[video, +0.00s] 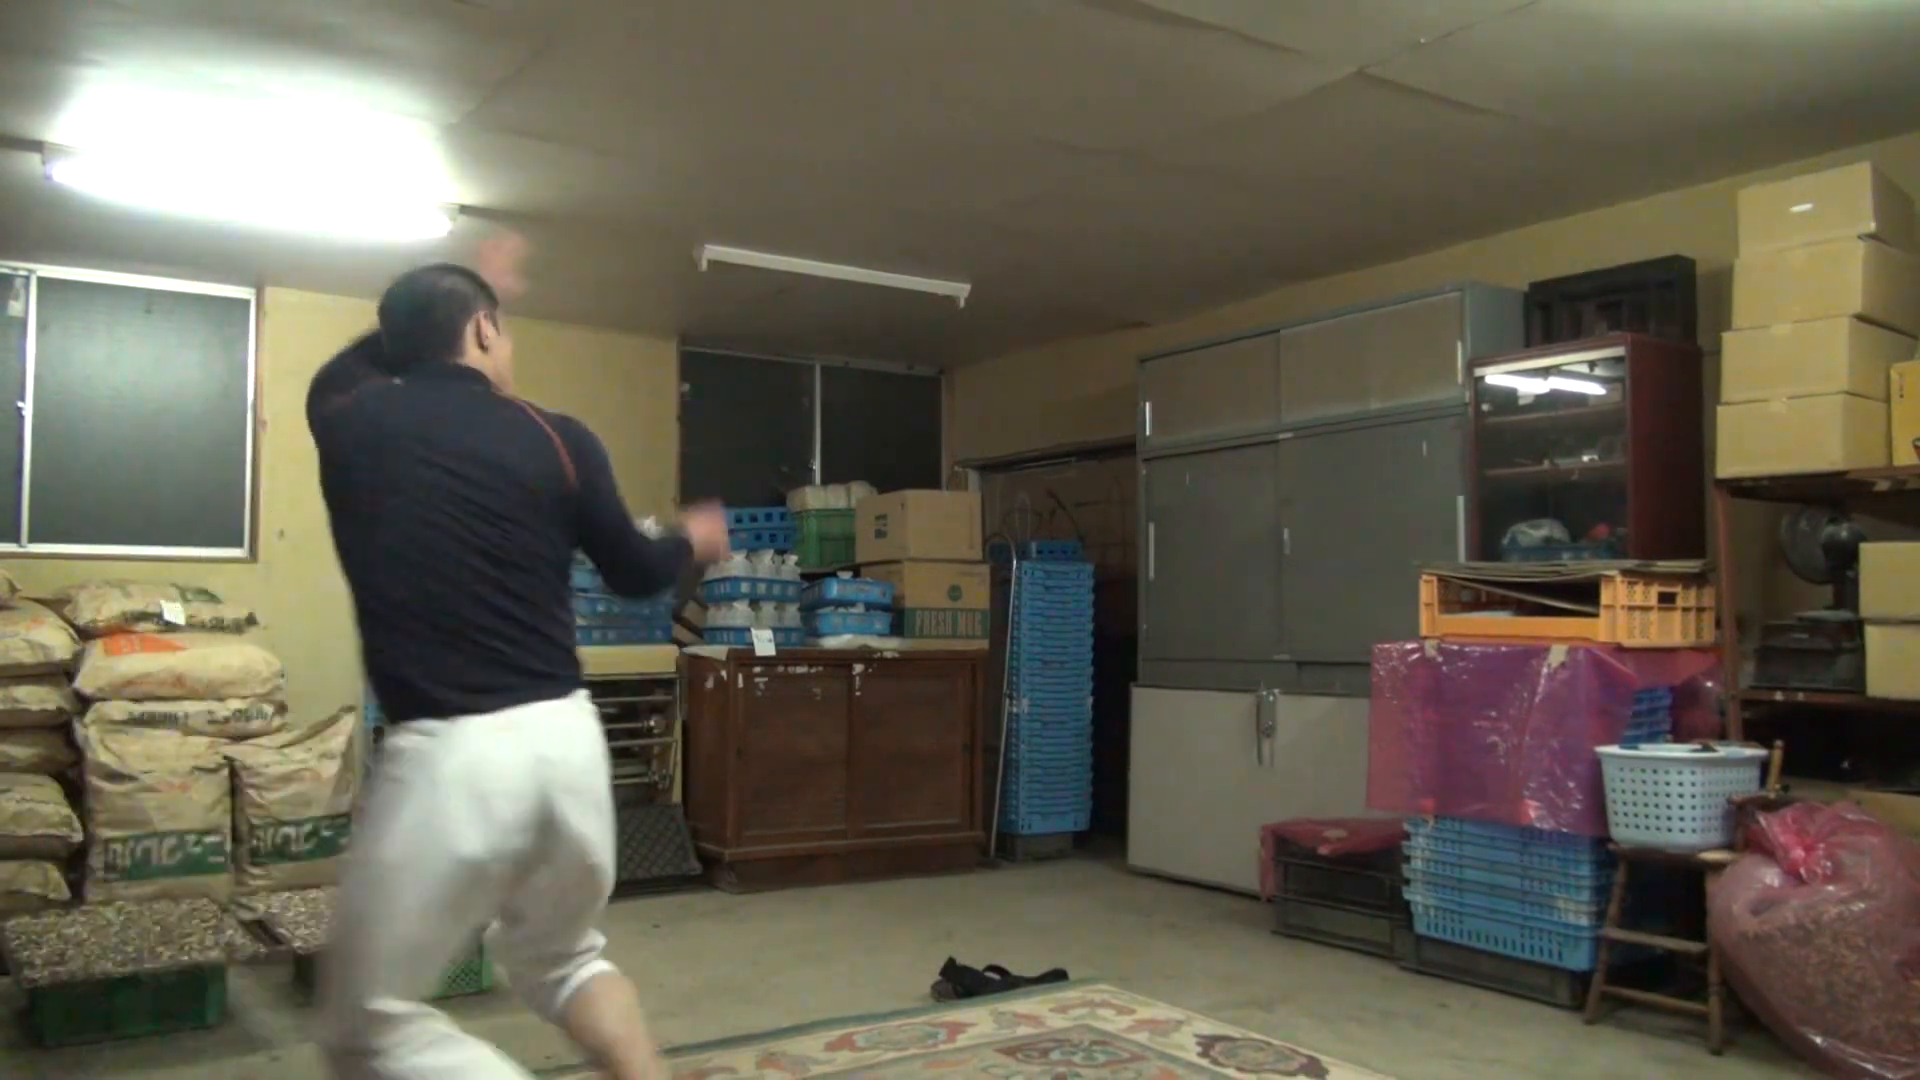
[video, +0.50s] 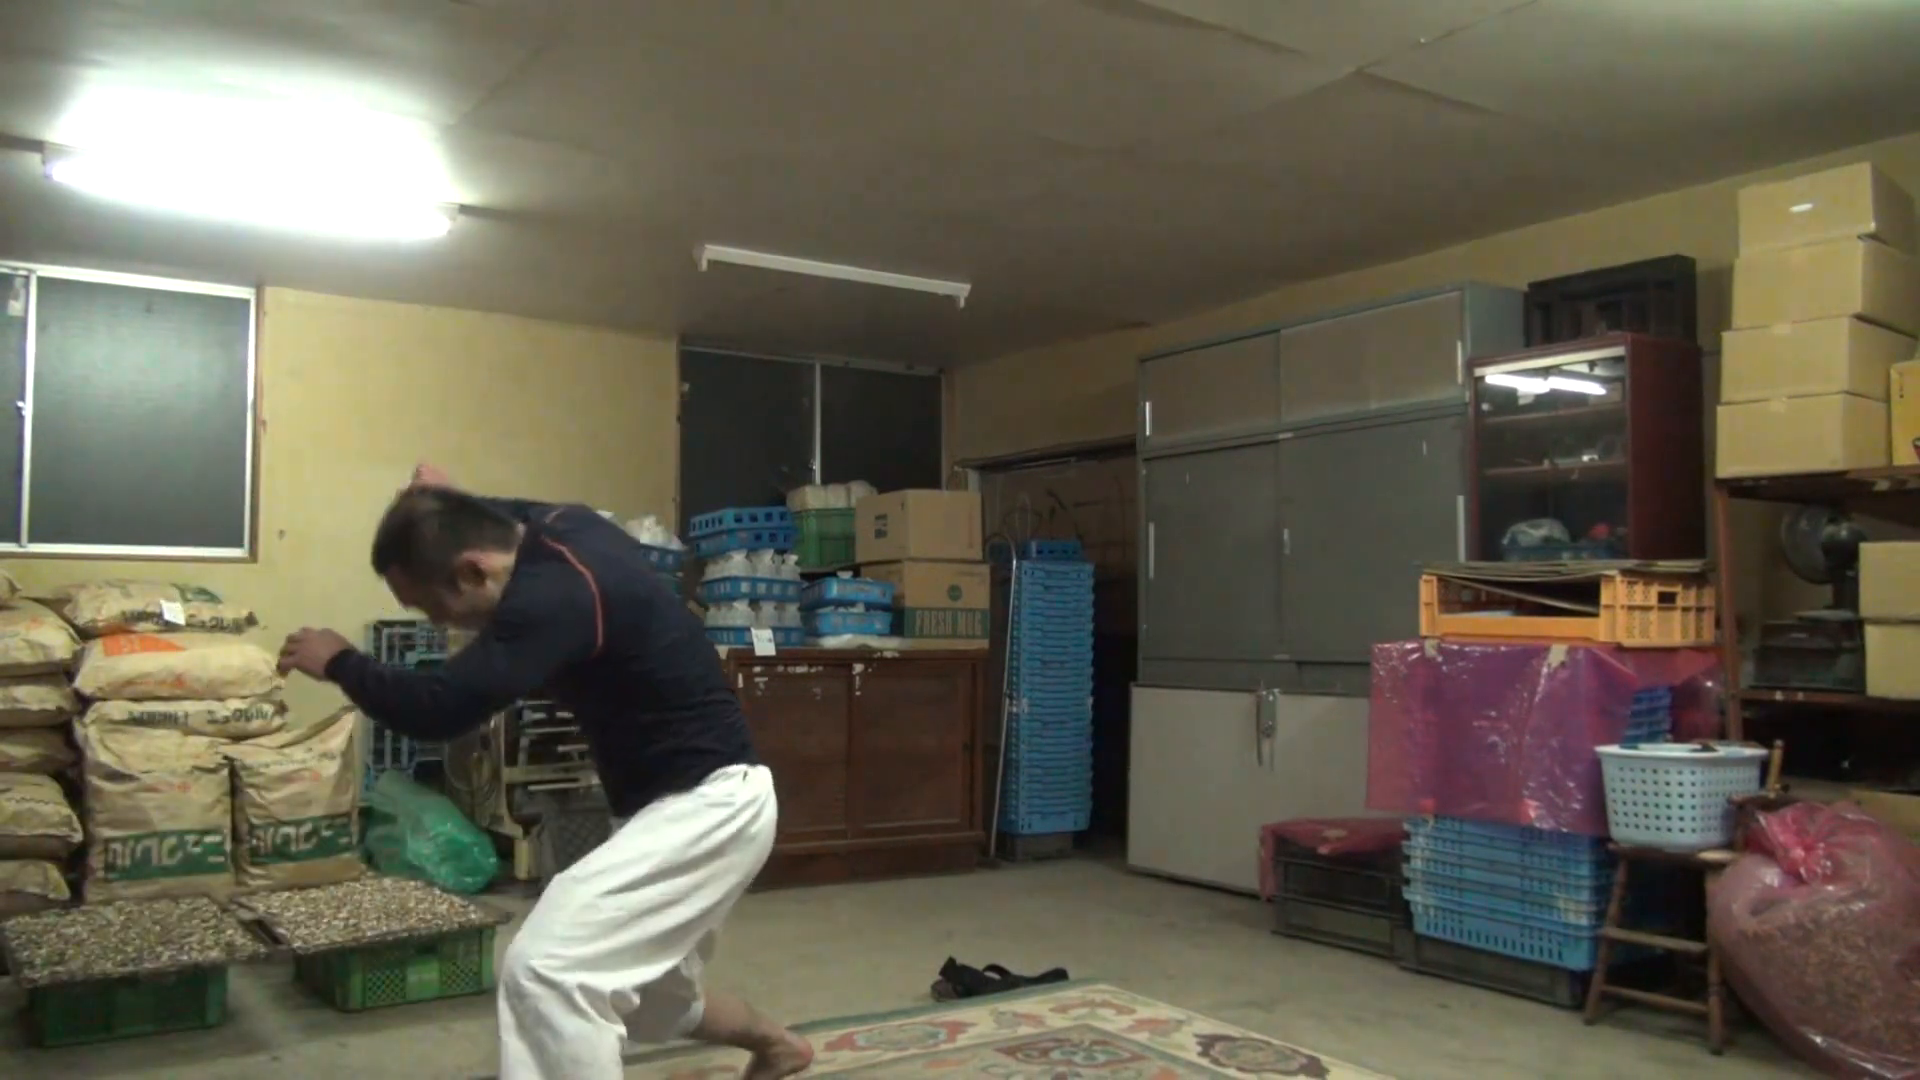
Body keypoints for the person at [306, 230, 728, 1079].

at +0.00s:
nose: (505, 346)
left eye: (498, 328)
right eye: (499, 328)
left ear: (398, 343)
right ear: (478, 334)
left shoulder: (349, 422)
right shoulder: (557, 441)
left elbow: (365, 357)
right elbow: (634, 569)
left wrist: (459, 288)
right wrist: (691, 541)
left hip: (444, 756)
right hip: (566, 738)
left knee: (369, 1020)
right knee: (563, 954)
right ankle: (647, 1069)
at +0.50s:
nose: (447, 624)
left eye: (441, 609)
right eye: (434, 614)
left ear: (475, 573)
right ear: (489, 547)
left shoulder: (553, 597)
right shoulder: (568, 525)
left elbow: (443, 708)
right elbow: (507, 523)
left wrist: (341, 664)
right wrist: (455, 505)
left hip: (705, 804)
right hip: (709, 795)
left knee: (544, 969)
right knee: (641, 999)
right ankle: (776, 1046)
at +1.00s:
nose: (547, 328)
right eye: (545, 317)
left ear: (439, 338)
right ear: (537, 326)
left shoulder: (393, 436)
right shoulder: (609, 415)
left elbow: (360, 584)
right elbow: (703, 529)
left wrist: (452, 601)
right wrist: (705, 458)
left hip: (466, 729)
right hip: (593, 721)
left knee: (400, 974)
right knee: (580, 952)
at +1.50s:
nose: (479, 304)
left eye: (477, 282)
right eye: (468, 279)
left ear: (392, 282)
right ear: (408, 278)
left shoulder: (293, 368)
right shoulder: (370, 357)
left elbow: (267, 537)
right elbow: (328, 500)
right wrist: (473, 565)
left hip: (237, 713)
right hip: (338, 717)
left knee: (205, 990)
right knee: (472, 961)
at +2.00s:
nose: (455, 280)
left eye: (454, 257)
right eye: (445, 254)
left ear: (355, 256)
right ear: (390, 253)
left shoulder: (243, 352)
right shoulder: (358, 334)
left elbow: (199, 497)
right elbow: (352, 482)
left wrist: (360, 538)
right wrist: (510, 515)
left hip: (151, 712)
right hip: (276, 719)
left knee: (105, 1023)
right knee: (333, 1024)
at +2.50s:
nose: (485, 326)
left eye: (486, 305)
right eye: (479, 303)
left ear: (385, 299)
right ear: (430, 296)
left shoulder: (280, 379)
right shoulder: (413, 380)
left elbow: (363, 556)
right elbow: (505, 532)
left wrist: (497, 543)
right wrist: (632, 512)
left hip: (155, 713)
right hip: (283, 715)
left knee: (141, 1027)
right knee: (392, 1008)